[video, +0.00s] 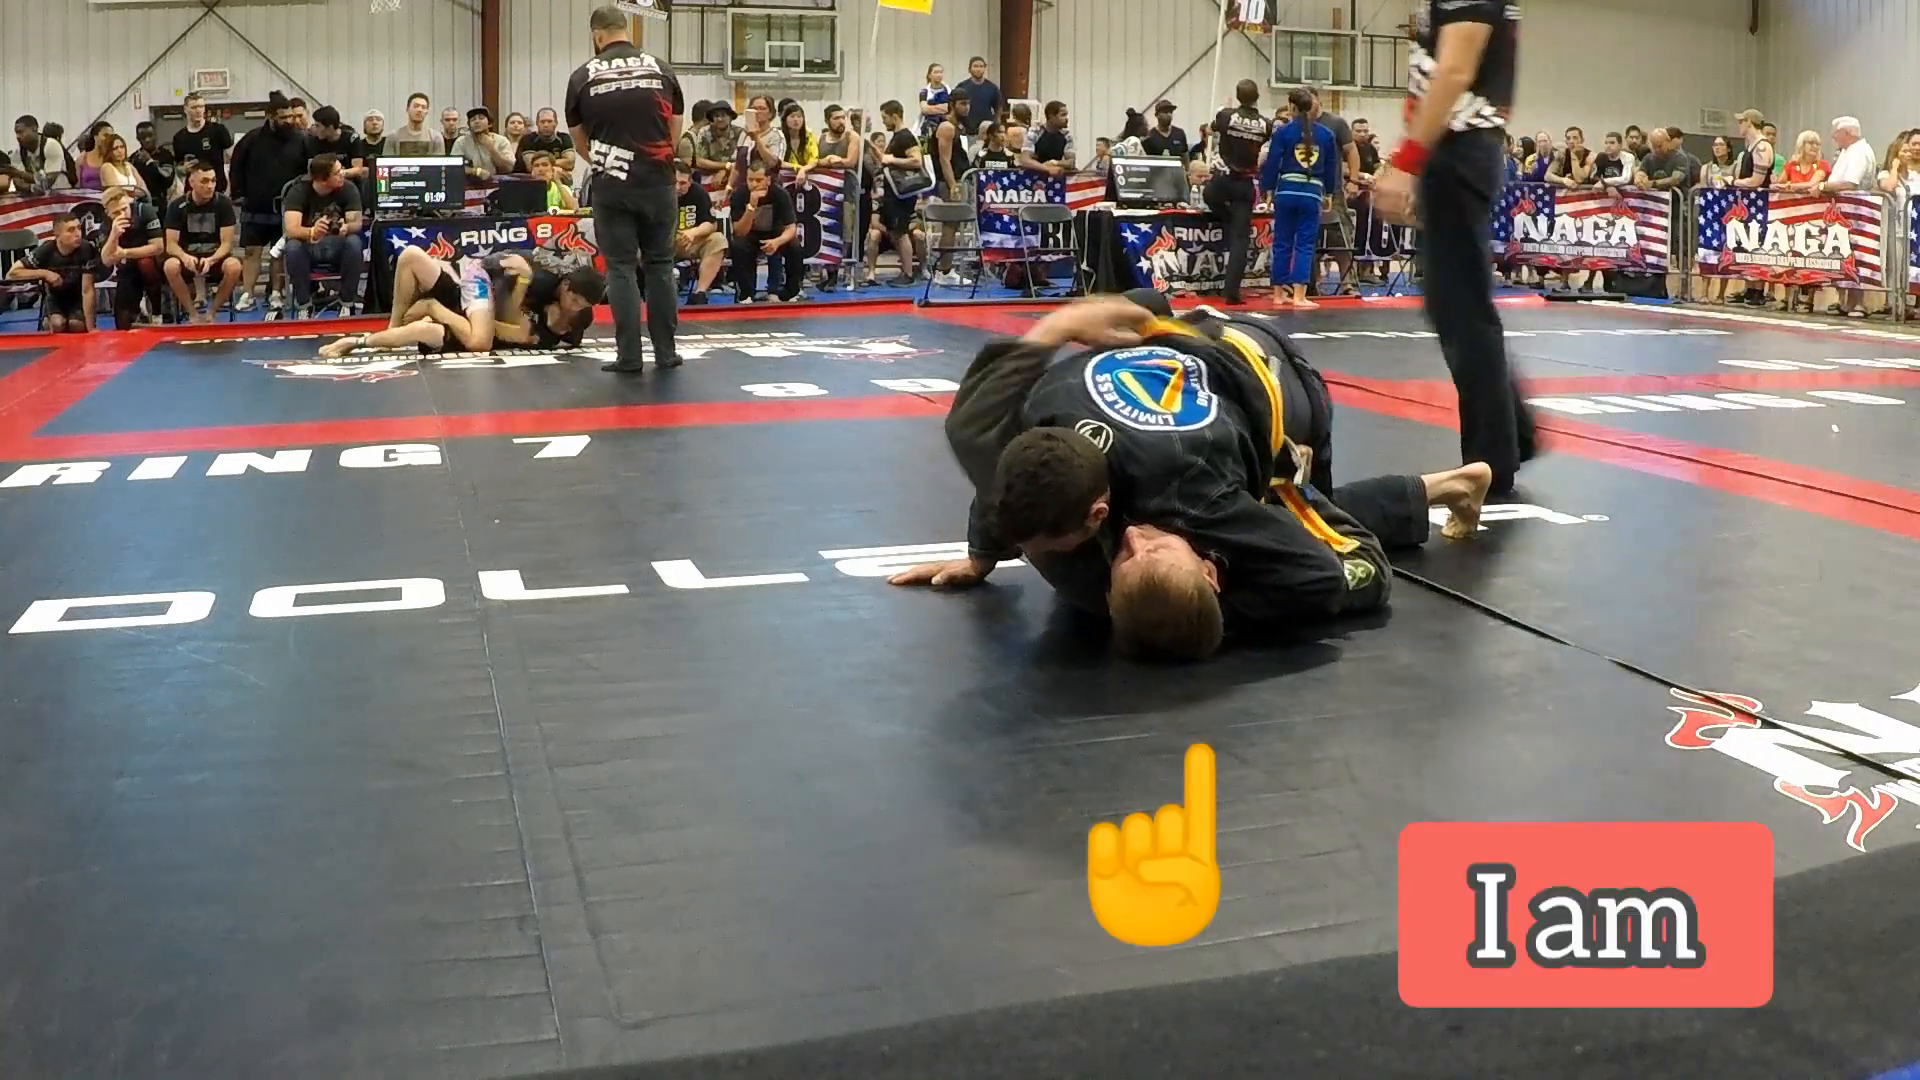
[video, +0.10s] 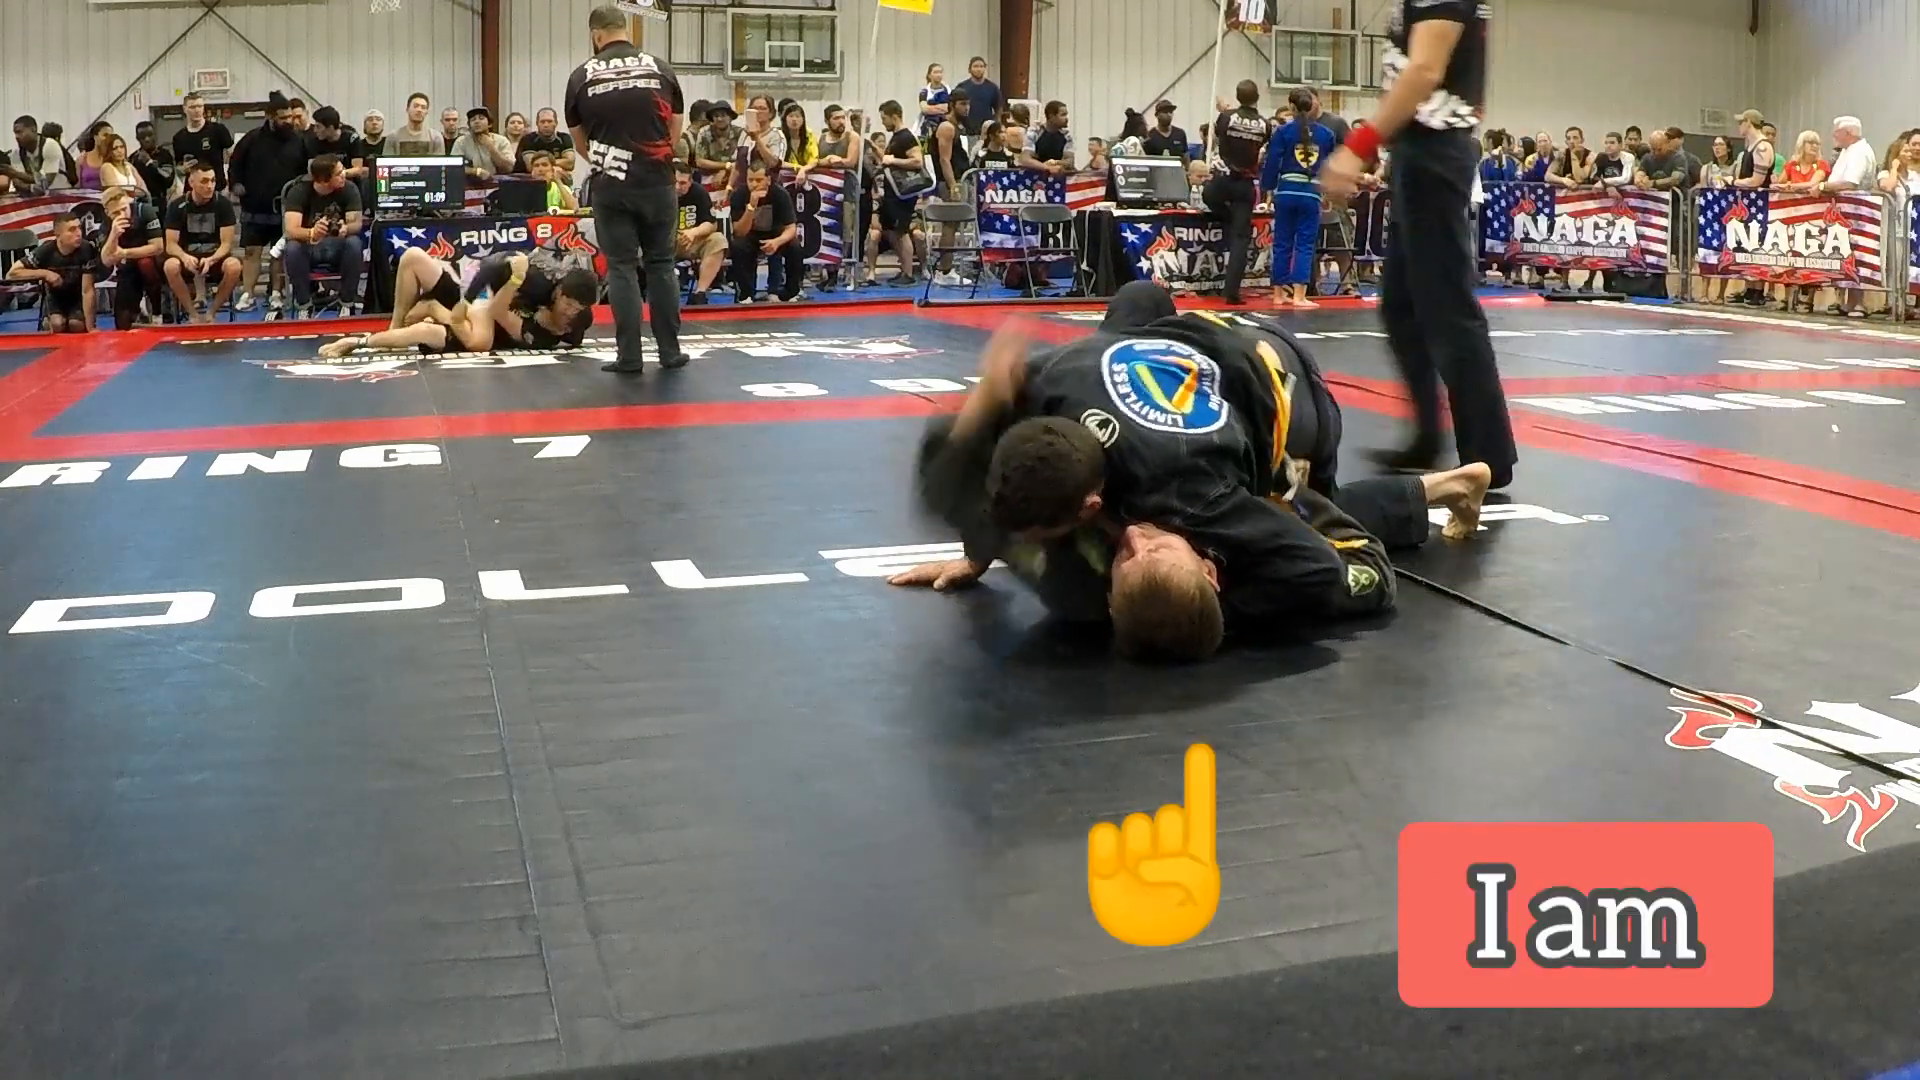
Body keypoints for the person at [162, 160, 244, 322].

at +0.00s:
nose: (210, 186)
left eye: (213, 181)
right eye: (204, 181)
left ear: (216, 181)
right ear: (191, 182)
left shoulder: (223, 203)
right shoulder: (177, 206)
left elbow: (227, 242)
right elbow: (171, 244)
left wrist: (211, 259)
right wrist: (185, 257)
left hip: (214, 257)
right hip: (188, 258)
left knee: (234, 266)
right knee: (170, 266)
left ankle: (211, 314)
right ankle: (193, 315)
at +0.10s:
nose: (210, 186)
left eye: (212, 181)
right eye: (204, 181)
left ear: (216, 181)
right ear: (191, 182)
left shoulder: (223, 204)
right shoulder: (177, 206)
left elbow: (226, 243)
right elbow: (170, 244)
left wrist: (211, 259)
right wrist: (184, 257)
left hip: (214, 257)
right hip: (188, 258)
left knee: (234, 266)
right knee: (170, 266)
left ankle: (211, 314)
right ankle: (193, 315)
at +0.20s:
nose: (209, 186)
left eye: (212, 181)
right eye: (204, 182)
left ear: (215, 181)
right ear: (191, 182)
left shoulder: (223, 204)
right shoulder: (177, 206)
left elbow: (226, 242)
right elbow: (170, 244)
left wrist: (212, 259)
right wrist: (184, 257)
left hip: (215, 256)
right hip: (188, 258)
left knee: (234, 266)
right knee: (170, 266)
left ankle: (211, 314)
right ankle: (193, 315)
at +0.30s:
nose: (209, 186)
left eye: (212, 181)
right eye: (204, 182)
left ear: (215, 181)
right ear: (190, 182)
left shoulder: (223, 204)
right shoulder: (177, 206)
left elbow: (227, 242)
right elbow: (170, 243)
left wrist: (212, 259)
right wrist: (185, 257)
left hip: (215, 256)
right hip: (188, 258)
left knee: (234, 266)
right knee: (170, 267)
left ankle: (211, 313)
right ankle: (193, 315)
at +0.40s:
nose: (210, 186)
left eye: (212, 181)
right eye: (204, 182)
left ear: (216, 181)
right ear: (191, 183)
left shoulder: (223, 204)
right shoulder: (177, 206)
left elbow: (227, 242)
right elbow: (170, 244)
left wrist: (212, 259)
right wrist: (185, 257)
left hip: (215, 255)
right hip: (189, 257)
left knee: (234, 266)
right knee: (171, 267)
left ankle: (211, 314)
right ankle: (193, 315)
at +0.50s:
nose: (210, 186)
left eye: (212, 181)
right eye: (204, 182)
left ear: (216, 181)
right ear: (191, 183)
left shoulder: (223, 204)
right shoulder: (177, 206)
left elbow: (227, 242)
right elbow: (170, 244)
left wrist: (212, 260)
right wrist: (185, 257)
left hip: (215, 256)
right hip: (188, 258)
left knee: (234, 266)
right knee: (171, 266)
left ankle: (211, 314)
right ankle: (193, 315)